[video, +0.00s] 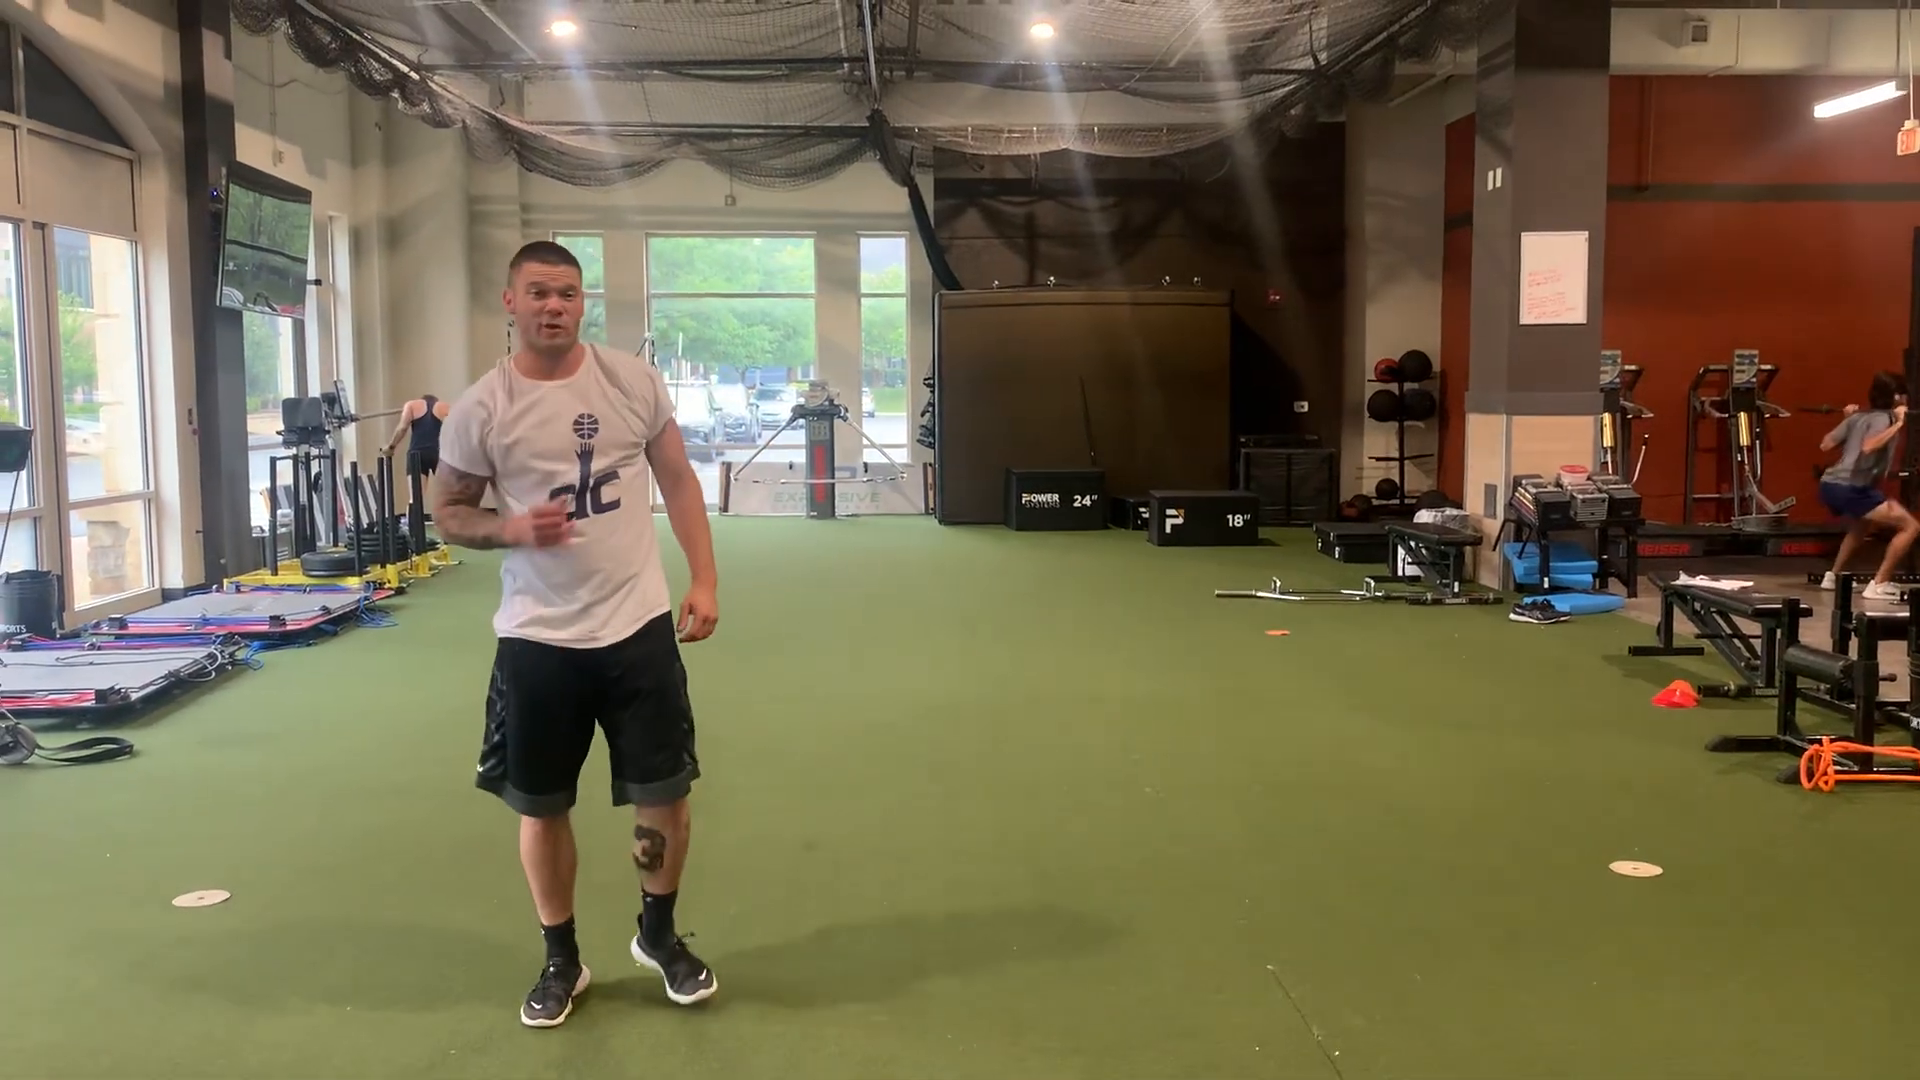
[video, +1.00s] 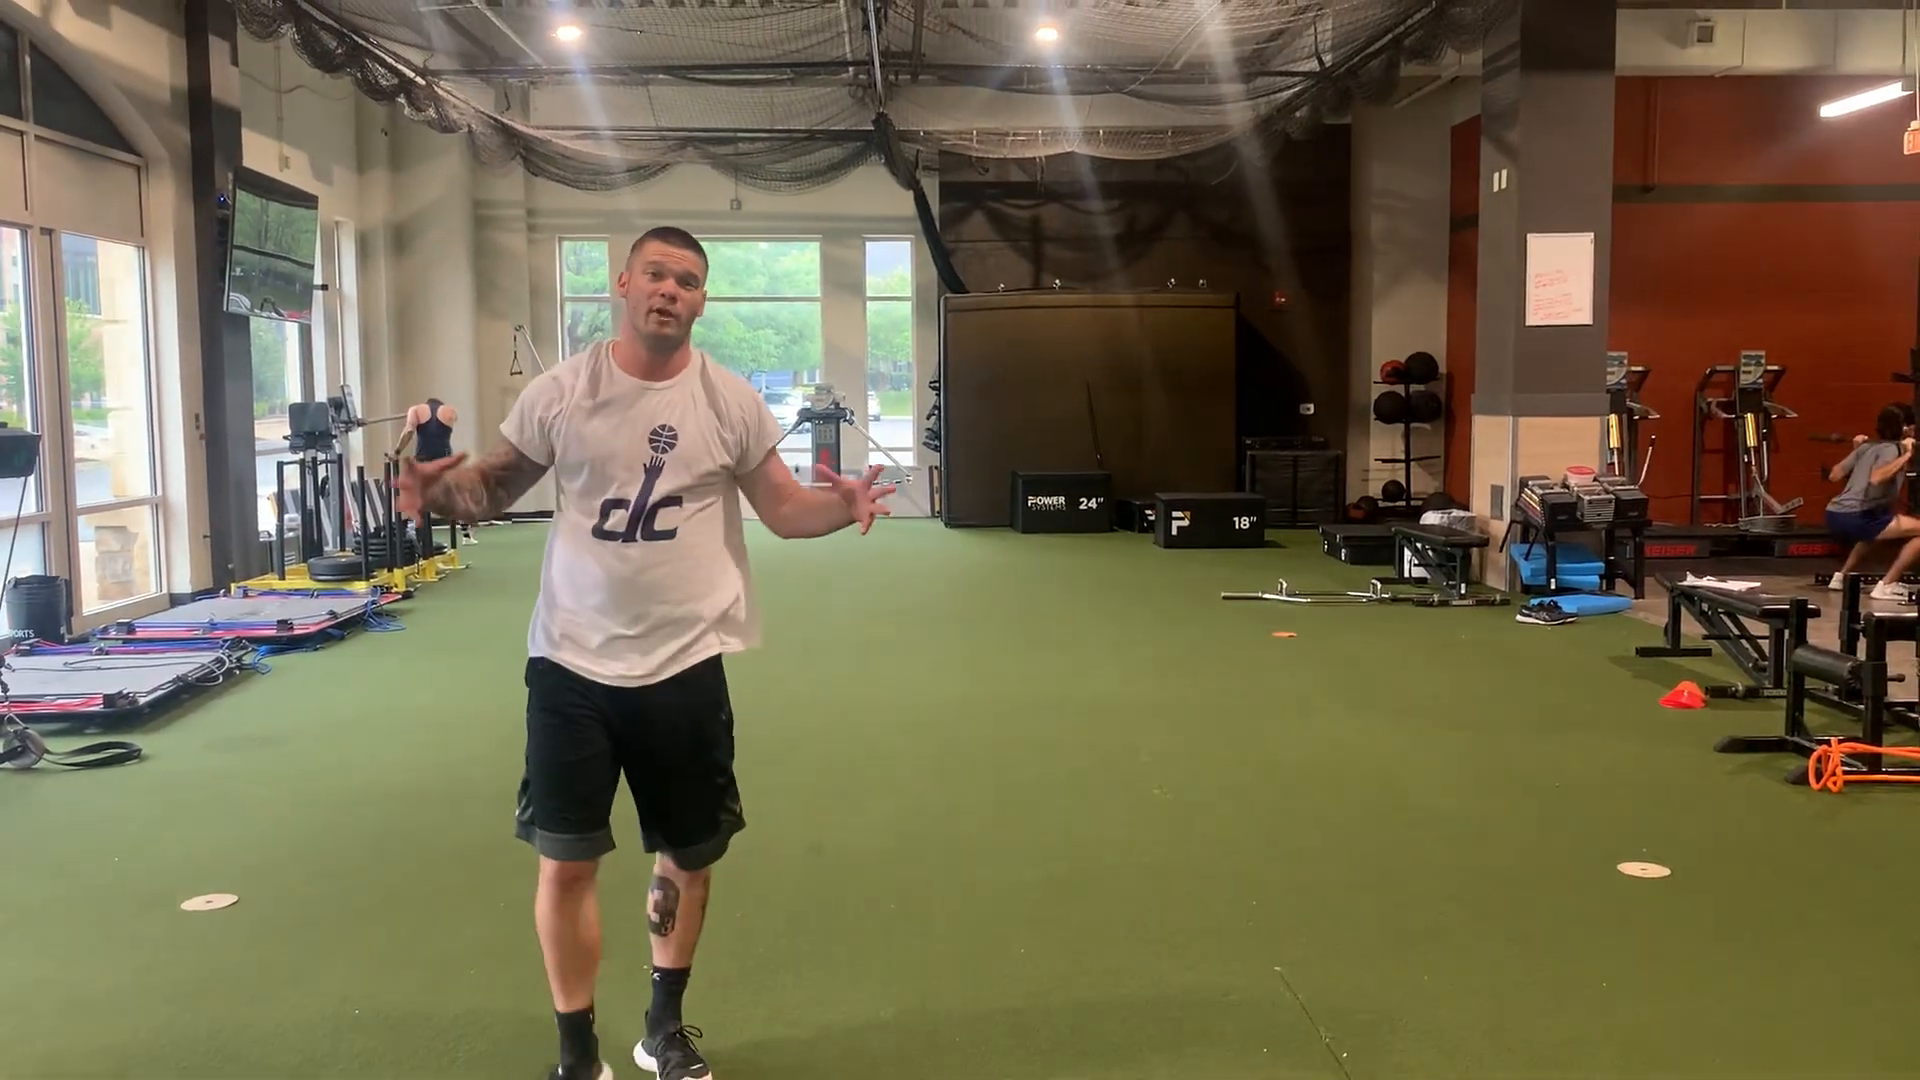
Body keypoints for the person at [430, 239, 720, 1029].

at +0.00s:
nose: (552, 305)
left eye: (565, 293)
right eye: (537, 292)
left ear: (584, 304)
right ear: (509, 303)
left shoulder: (634, 380)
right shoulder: (479, 409)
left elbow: (679, 482)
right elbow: (448, 512)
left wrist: (704, 578)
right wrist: (513, 528)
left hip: (637, 623)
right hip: (539, 637)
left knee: (665, 787)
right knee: (543, 803)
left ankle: (658, 933)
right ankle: (560, 959)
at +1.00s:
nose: (672, 290)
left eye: (688, 282)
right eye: (657, 275)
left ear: (703, 303)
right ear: (620, 285)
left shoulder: (729, 400)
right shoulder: (560, 392)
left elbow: (784, 506)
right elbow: (494, 481)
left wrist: (836, 504)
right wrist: (445, 482)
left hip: (684, 664)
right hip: (572, 661)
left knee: (687, 855)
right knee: (566, 857)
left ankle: (664, 1026)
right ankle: (577, 1058)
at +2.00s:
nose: (603, 286)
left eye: (622, 270)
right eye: (583, 267)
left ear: (647, 287)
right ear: (549, 283)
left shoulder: (706, 400)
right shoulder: (502, 422)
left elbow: (767, 519)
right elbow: (437, 548)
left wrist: (818, 520)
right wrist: (438, 592)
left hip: (696, 723)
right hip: (561, 738)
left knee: (736, 948)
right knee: (568, 958)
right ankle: (586, 1079)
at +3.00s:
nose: (774, 272)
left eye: (795, 258)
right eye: (750, 253)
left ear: (818, 285)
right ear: (705, 277)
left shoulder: (867, 422)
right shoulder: (640, 433)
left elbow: (923, 571)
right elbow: (589, 607)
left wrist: (884, 610)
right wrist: (590, 744)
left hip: (830, 807)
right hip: (683, 816)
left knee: (805, 1051)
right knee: (678, 1061)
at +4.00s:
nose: (949, 250)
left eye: (978, 237)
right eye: (927, 228)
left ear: (1006, 277)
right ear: (882, 253)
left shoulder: (1061, 439)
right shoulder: (794, 425)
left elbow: (1104, 627)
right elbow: (737, 609)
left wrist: (1036, 671)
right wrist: (701, 754)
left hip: (982, 873)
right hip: (800, 868)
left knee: (1002, 1069)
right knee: (759, 1070)